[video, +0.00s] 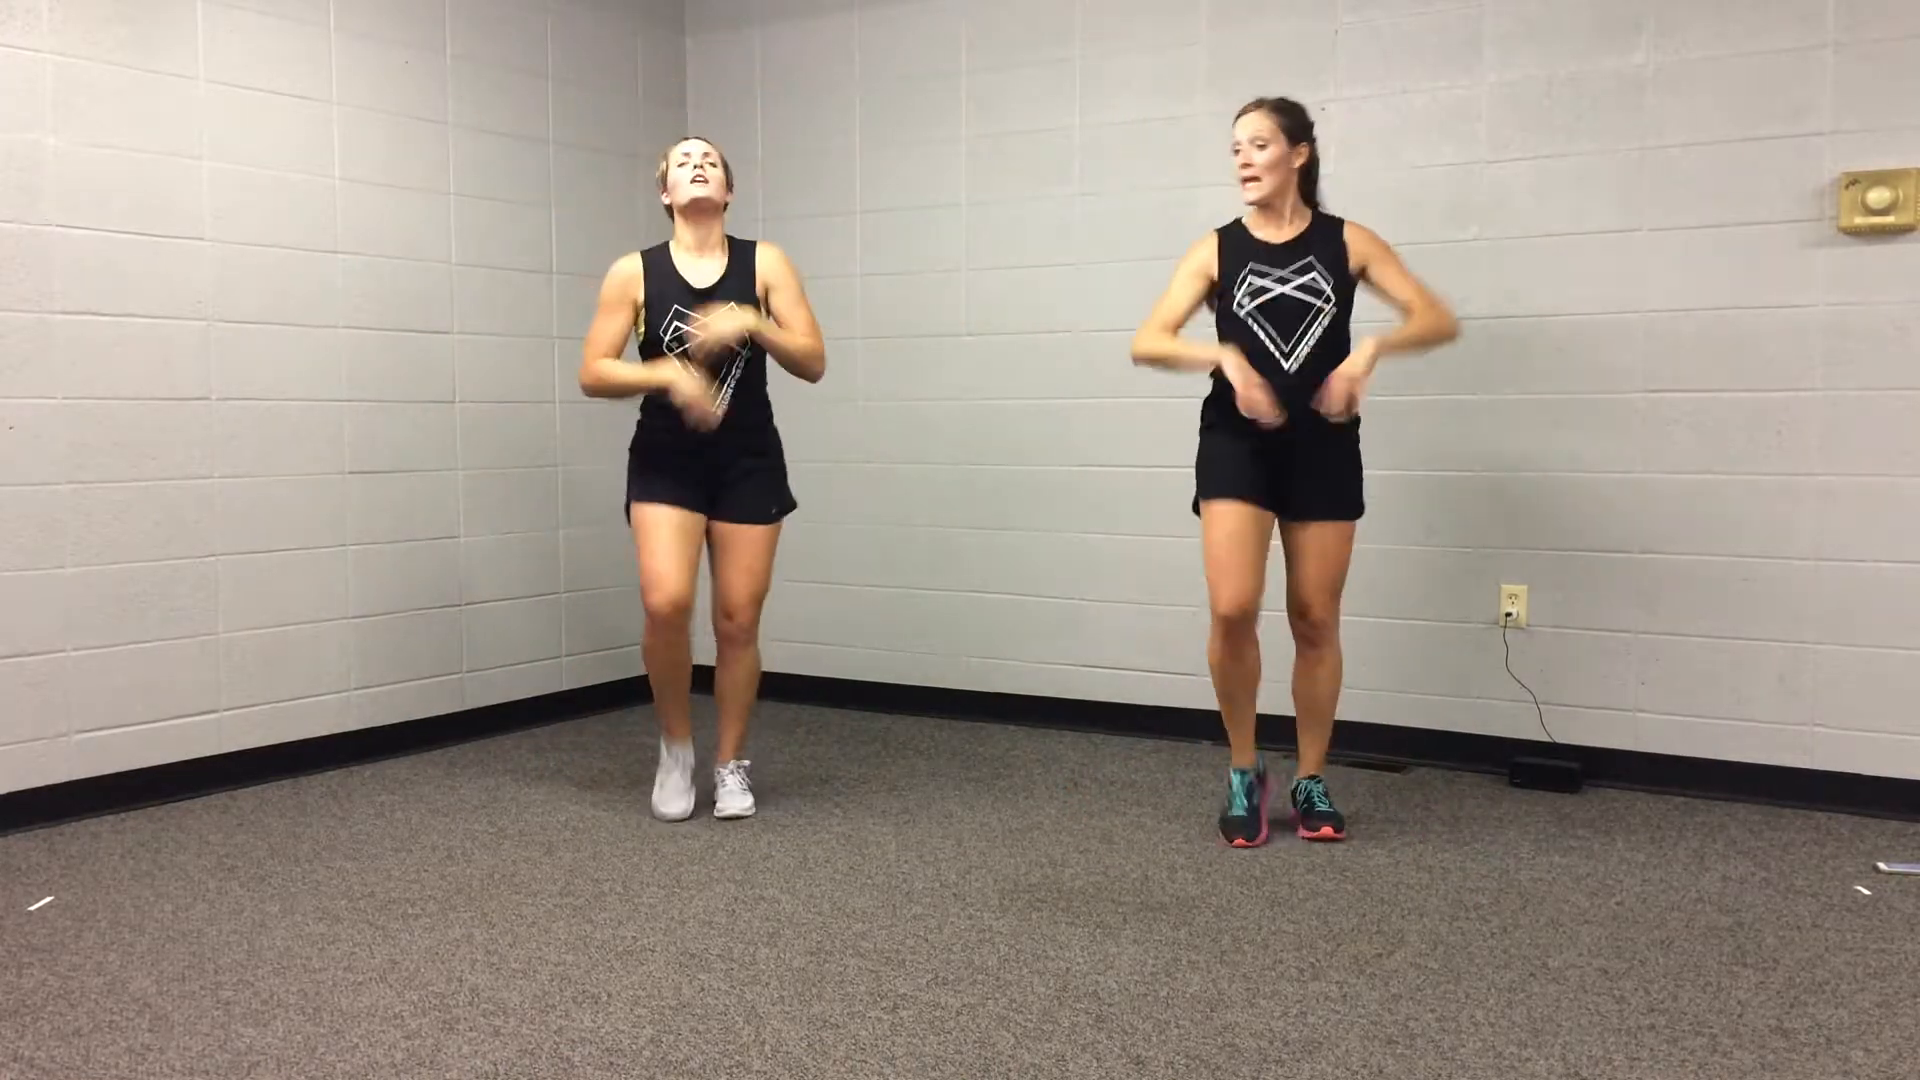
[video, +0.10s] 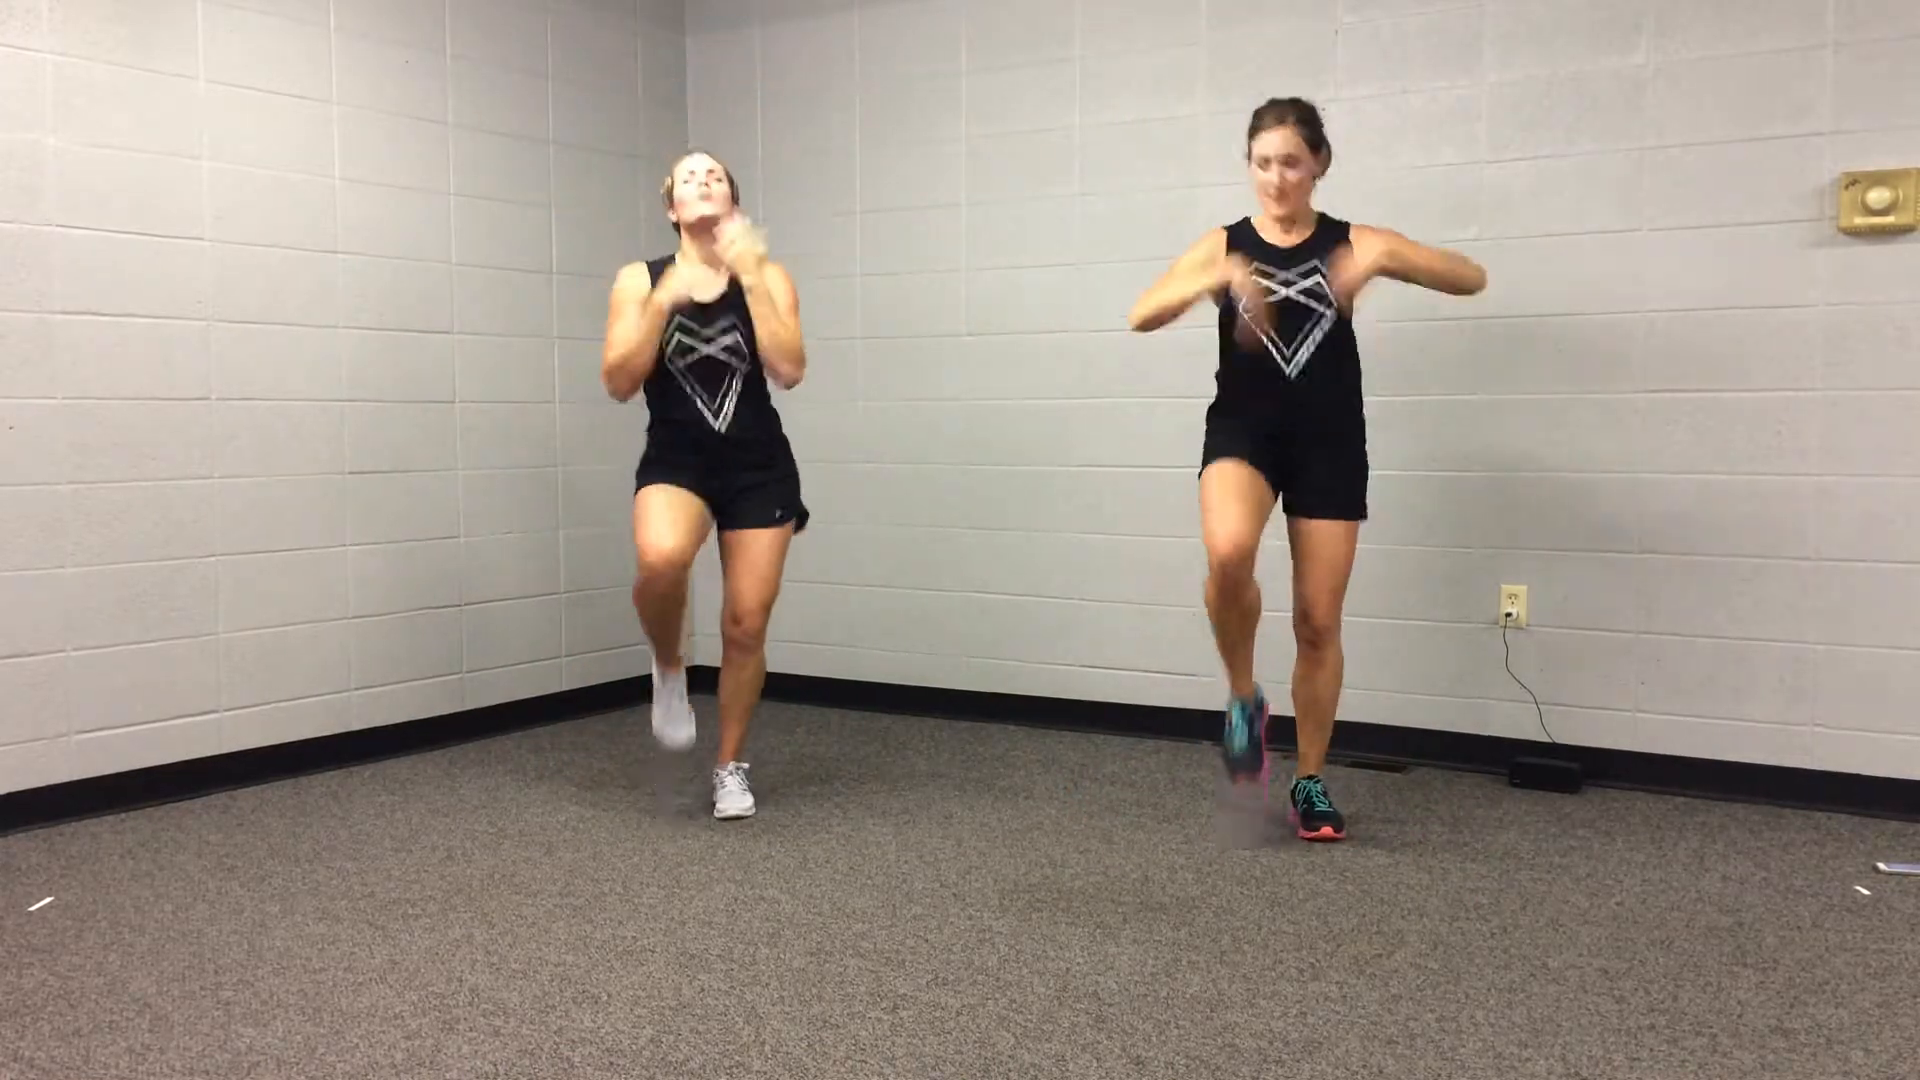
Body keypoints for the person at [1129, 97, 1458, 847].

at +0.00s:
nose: (1243, 160)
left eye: (1258, 147)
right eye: (1238, 149)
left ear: (1300, 154)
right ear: (1233, 161)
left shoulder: (1350, 242)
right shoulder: (1215, 252)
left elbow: (1440, 321)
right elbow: (1147, 344)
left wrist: (1371, 349)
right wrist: (1223, 357)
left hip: (1324, 448)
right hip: (1236, 446)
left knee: (1315, 619)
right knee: (1232, 612)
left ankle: (1309, 782)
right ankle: (1243, 772)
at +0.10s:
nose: (1276, 176)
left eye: (1291, 162)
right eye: (1264, 162)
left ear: (1320, 164)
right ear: (1248, 167)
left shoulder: (1359, 244)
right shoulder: (1222, 247)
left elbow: (1472, 278)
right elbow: (1141, 317)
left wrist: (1388, 257)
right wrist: (1210, 282)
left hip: (1328, 441)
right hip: (1242, 434)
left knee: (1319, 622)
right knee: (1227, 556)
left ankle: (1311, 778)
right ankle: (1245, 697)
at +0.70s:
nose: (1289, 141)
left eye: (1303, 138)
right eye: (1275, 140)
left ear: (1327, 171)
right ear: (1258, 176)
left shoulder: (1364, 251)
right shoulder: (1226, 255)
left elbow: (1455, 331)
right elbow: (1150, 347)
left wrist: (1542, 398)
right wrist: (1064, 419)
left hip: (1334, 442)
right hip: (1247, 436)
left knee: (1318, 624)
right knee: (1216, 568)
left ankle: (1309, 782)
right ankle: (1233, 715)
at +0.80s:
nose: (1294, 143)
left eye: (1307, 137)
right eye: (1280, 139)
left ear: (1331, 168)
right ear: (1260, 170)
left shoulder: (1366, 246)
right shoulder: (1227, 250)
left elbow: (1484, 277)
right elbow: (1122, 300)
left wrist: (1592, 303)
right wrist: (1020, 333)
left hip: (1334, 444)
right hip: (1245, 435)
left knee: (1323, 619)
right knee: (1218, 558)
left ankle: (1310, 781)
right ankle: (1234, 694)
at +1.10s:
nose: (1296, 128)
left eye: (1309, 122)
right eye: (1282, 124)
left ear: (1331, 149)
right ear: (1262, 153)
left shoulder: (1359, 218)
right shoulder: (1236, 220)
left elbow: (1445, 121)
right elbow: (1144, 142)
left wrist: (1524, 37)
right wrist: (1065, 70)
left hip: (1333, 444)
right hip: (1242, 441)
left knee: (1315, 617)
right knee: (1222, 613)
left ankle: (1309, 779)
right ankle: (1215, 768)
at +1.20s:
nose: (1301, 141)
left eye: (1315, 134)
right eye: (1287, 136)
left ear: (1335, 159)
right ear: (1267, 161)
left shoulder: (1361, 225)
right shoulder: (1245, 223)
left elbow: (1415, 110)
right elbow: (1184, 122)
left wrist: (1460, 13)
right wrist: (1129, 29)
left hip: (1340, 446)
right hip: (1251, 439)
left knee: (1327, 624)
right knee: (1202, 571)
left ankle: (1310, 780)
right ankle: (1215, 712)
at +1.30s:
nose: (1306, 145)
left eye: (1320, 139)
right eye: (1291, 139)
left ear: (1338, 166)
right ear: (1271, 166)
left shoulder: (1364, 228)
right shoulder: (1247, 226)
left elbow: (1408, 102)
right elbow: (1202, 107)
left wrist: (1411, 4)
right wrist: (1187, 8)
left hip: (1343, 444)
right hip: (1254, 433)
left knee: (1331, 625)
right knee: (1212, 547)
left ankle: (1311, 780)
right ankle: (1232, 682)